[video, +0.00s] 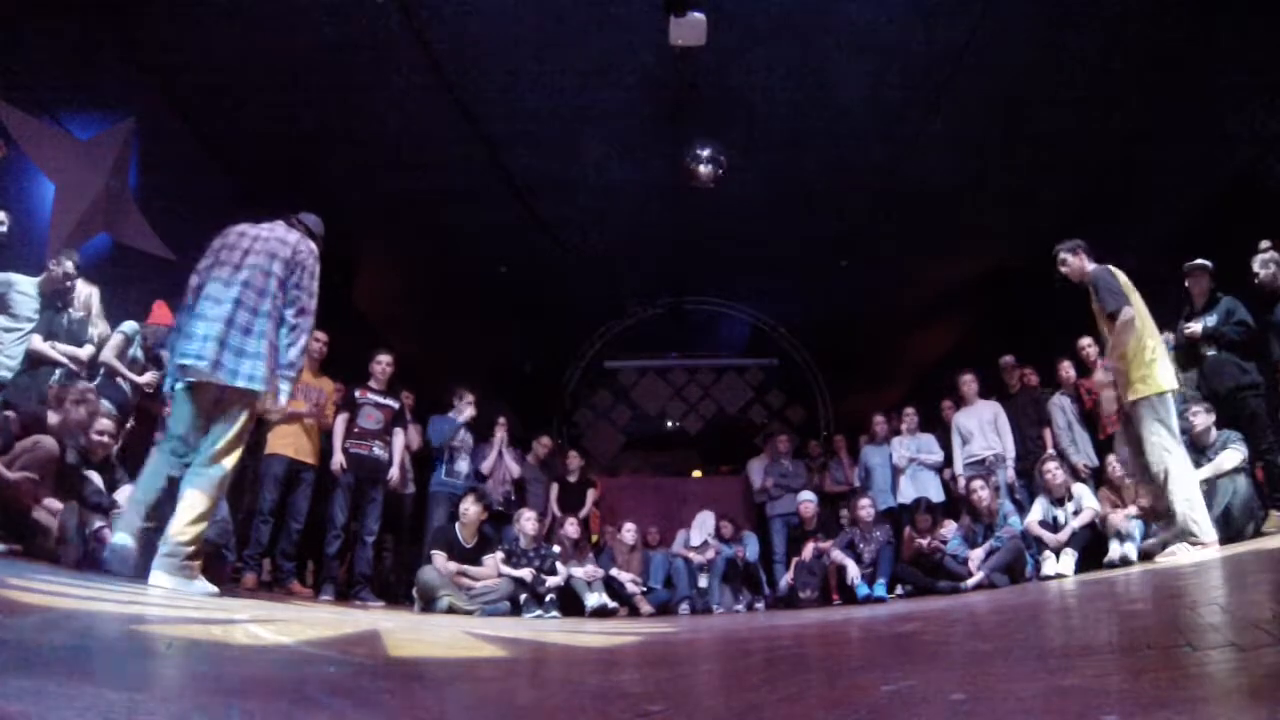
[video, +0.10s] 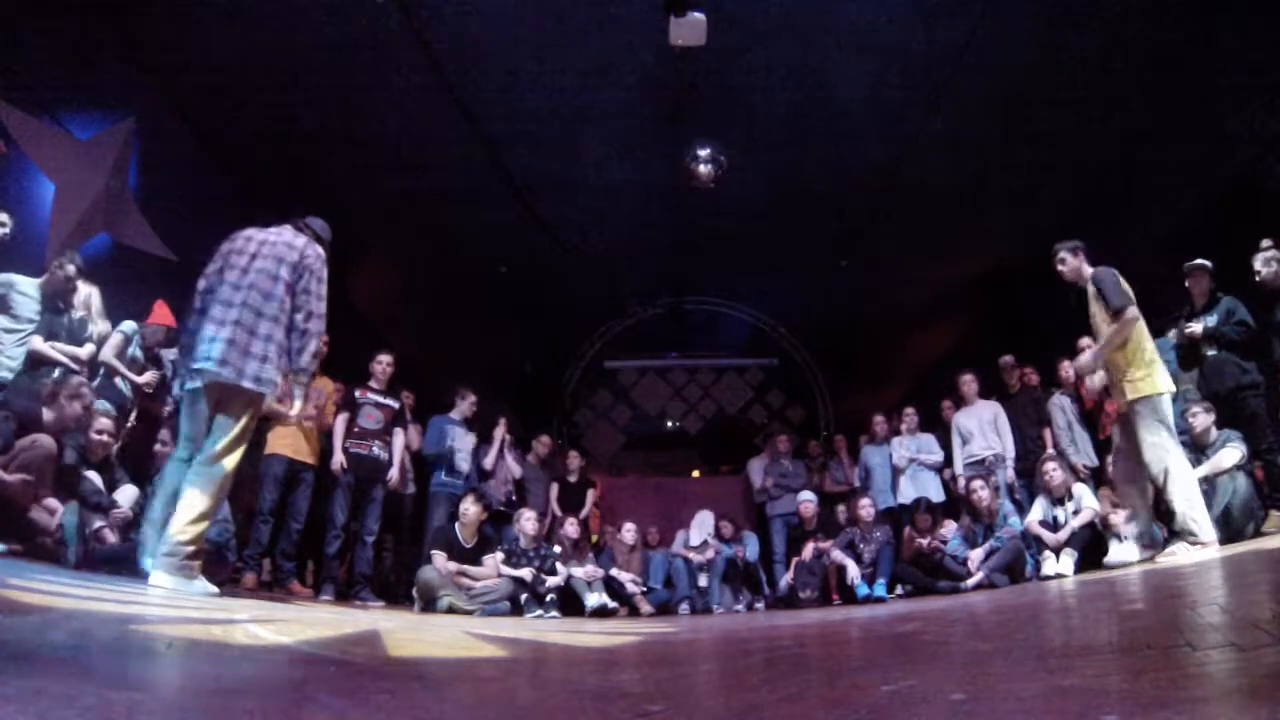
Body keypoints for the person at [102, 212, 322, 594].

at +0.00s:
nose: (311, 251)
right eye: (313, 246)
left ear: (288, 220)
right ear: (310, 236)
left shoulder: (233, 231)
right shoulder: (304, 249)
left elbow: (193, 290)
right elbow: (298, 319)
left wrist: (182, 353)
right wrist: (283, 386)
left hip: (197, 349)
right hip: (249, 363)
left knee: (171, 447)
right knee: (211, 465)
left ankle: (125, 532)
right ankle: (174, 564)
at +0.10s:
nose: (318, 257)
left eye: (320, 251)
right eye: (320, 252)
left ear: (295, 225)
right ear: (318, 242)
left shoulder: (241, 237)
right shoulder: (311, 253)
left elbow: (202, 293)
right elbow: (311, 321)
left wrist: (189, 351)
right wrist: (298, 380)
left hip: (204, 350)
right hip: (254, 361)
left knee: (185, 451)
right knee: (215, 462)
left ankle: (153, 550)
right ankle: (175, 561)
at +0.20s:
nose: (325, 264)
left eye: (327, 258)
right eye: (326, 259)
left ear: (301, 232)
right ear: (322, 249)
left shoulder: (247, 245)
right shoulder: (314, 259)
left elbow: (208, 297)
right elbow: (317, 329)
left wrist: (198, 350)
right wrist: (308, 394)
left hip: (210, 352)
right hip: (260, 363)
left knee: (197, 456)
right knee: (221, 464)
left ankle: (186, 564)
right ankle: (172, 562)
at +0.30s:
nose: (329, 273)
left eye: (331, 269)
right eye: (330, 268)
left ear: (304, 241)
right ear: (325, 256)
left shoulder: (253, 255)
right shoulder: (316, 264)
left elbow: (215, 306)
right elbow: (320, 328)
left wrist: (212, 351)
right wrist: (315, 392)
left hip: (211, 357)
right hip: (261, 366)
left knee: (207, 465)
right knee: (224, 468)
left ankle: (222, 566)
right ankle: (174, 563)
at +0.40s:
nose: (333, 279)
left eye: (334, 275)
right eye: (334, 274)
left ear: (308, 249)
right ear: (328, 263)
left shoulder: (261, 264)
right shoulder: (319, 268)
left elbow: (220, 314)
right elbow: (325, 326)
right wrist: (322, 395)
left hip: (222, 358)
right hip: (263, 364)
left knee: (225, 469)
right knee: (227, 469)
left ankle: (233, 570)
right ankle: (175, 561)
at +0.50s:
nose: (338, 285)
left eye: (340, 280)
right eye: (340, 280)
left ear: (317, 257)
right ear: (335, 270)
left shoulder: (269, 272)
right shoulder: (325, 275)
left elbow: (225, 325)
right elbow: (334, 337)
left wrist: (210, 379)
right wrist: (328, 389)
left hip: (237, 367)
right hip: (271, 373)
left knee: (246, 477)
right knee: (235, 468)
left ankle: (238, 572)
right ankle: (179, 553)